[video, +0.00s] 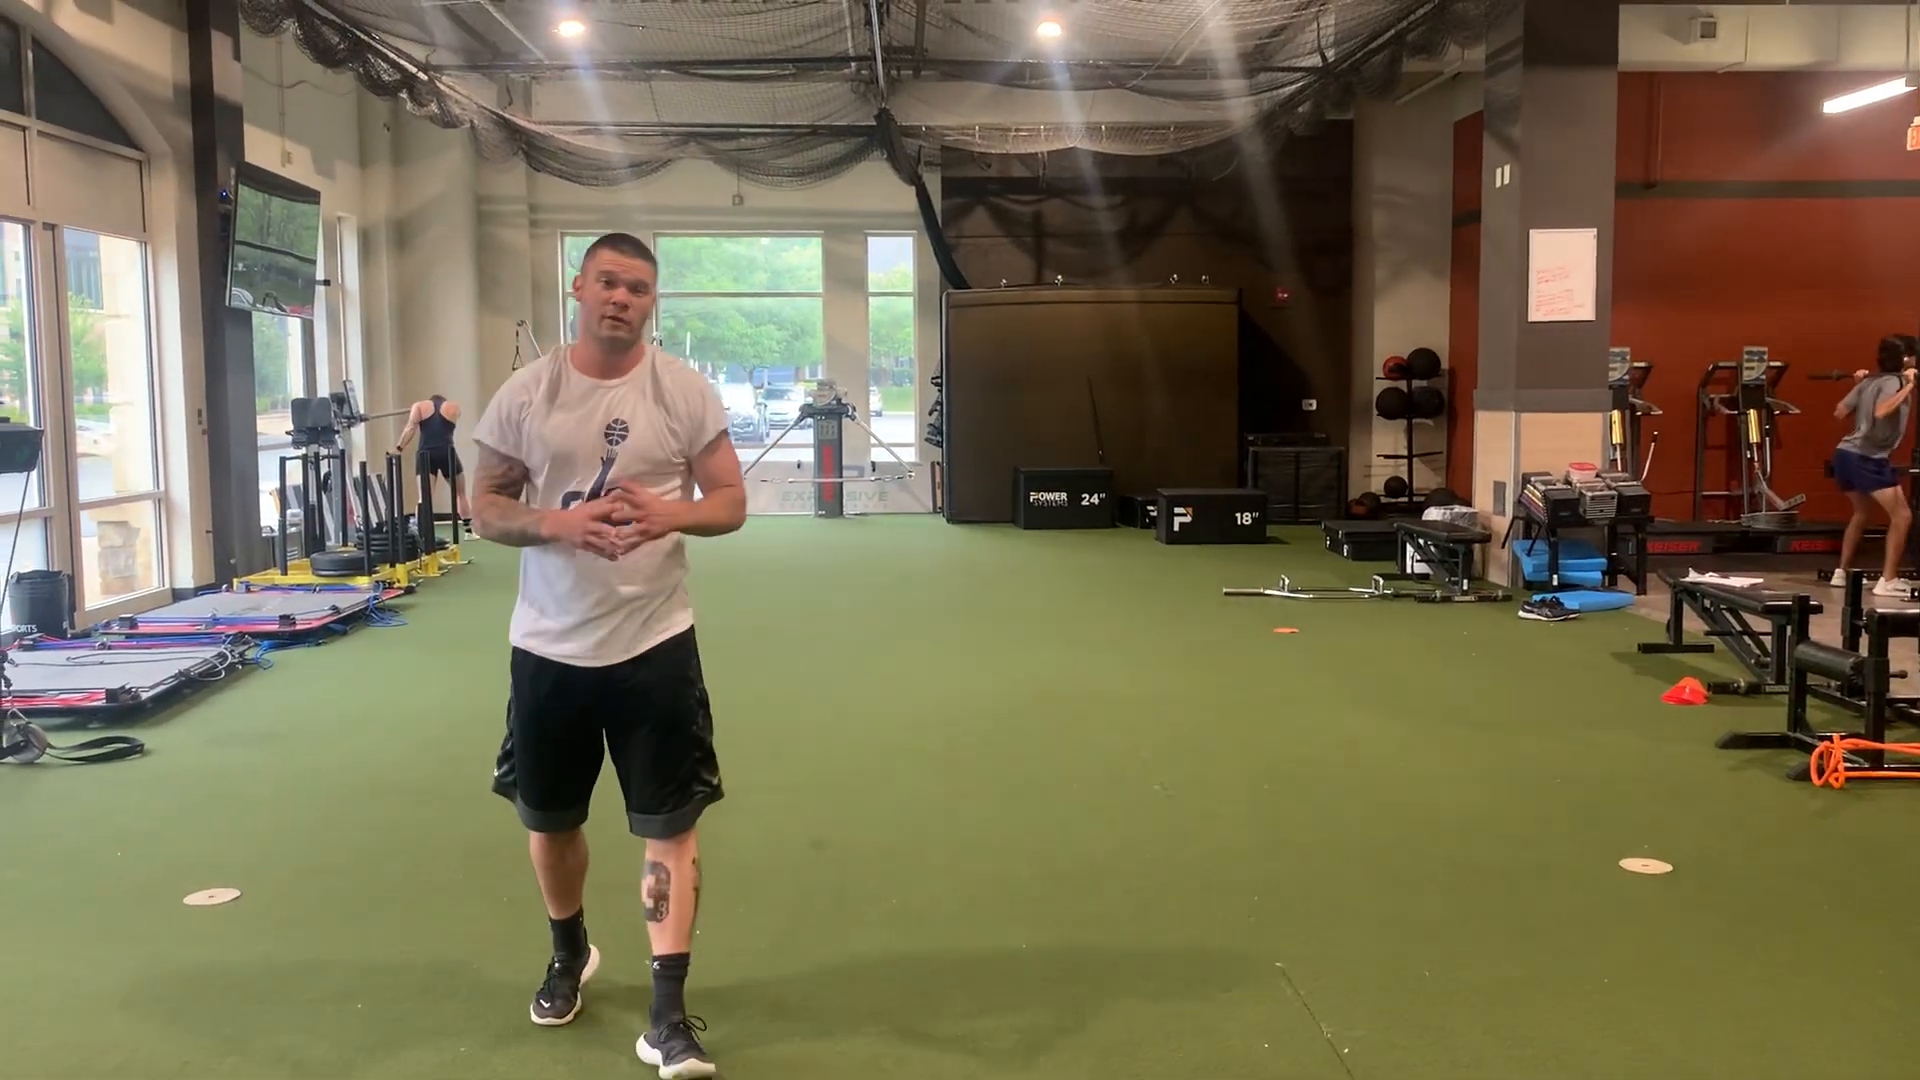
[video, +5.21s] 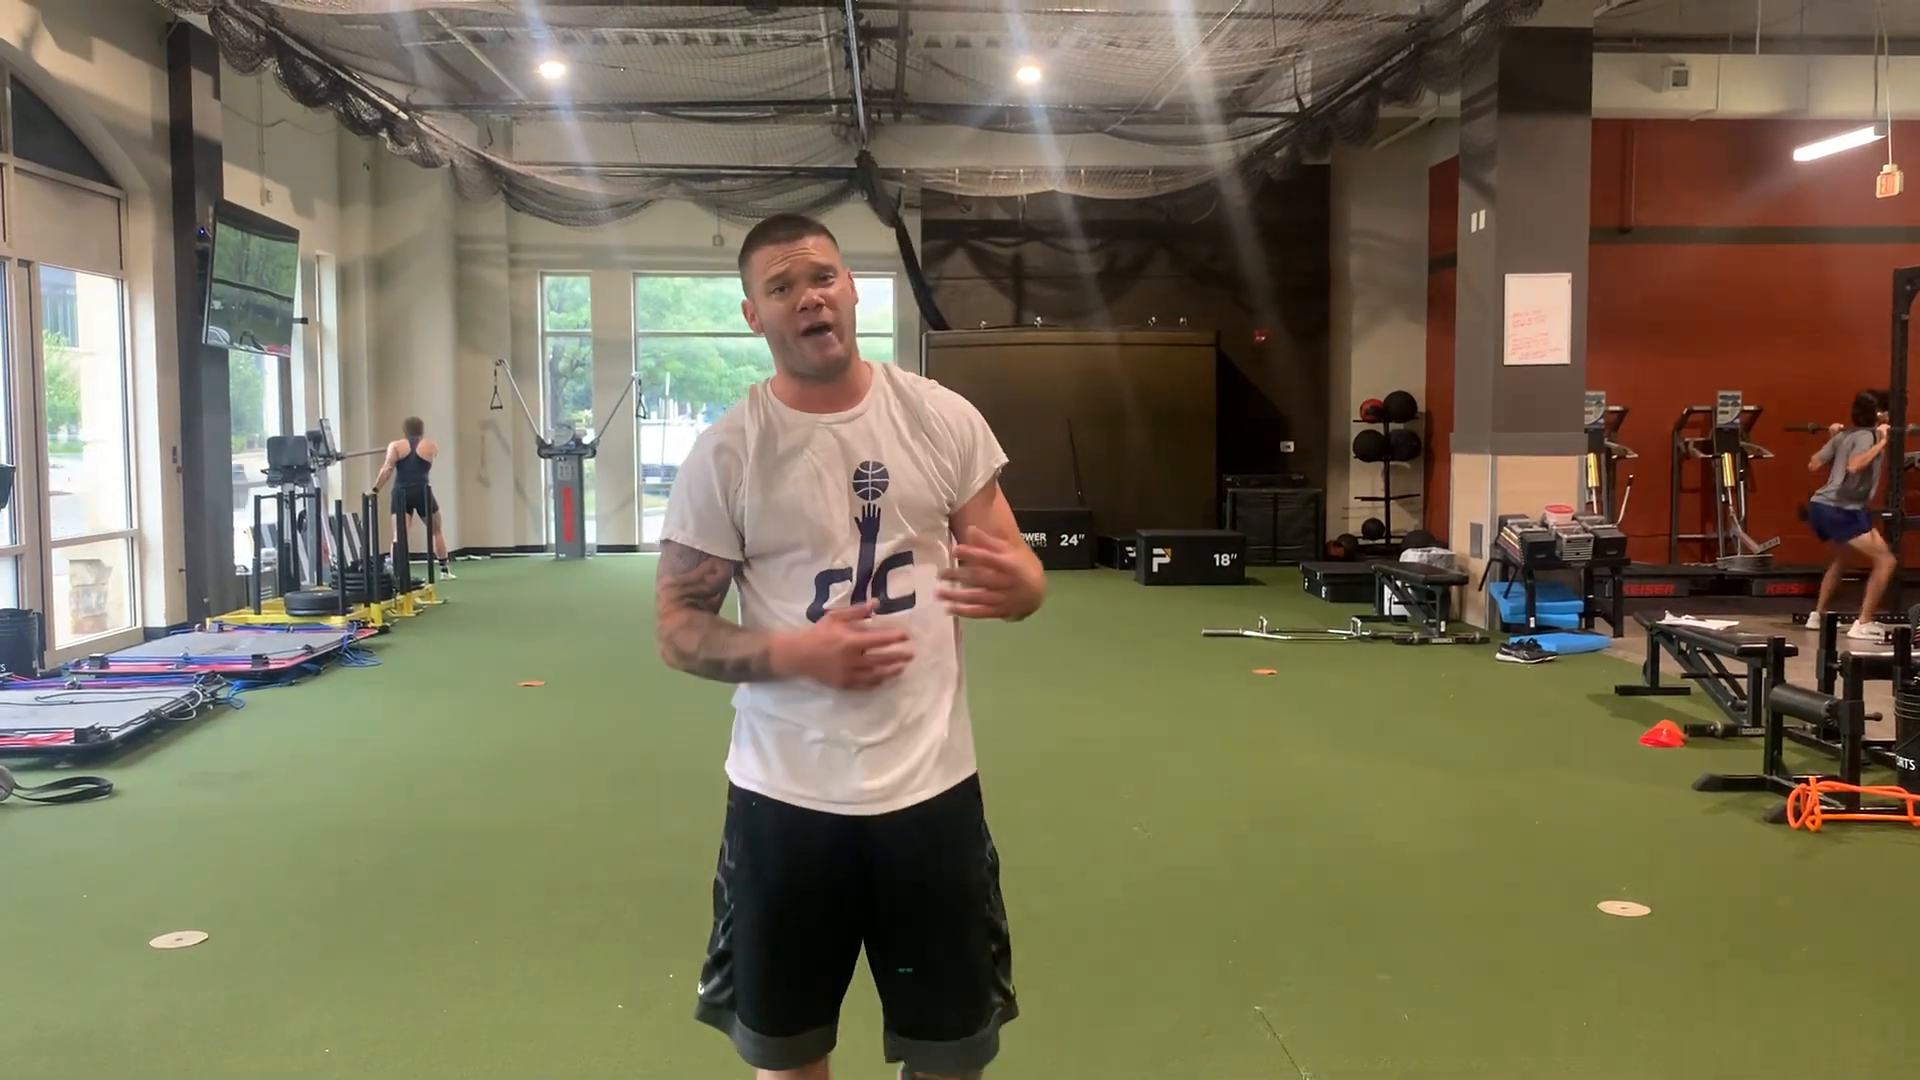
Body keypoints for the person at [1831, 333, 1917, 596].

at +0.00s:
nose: (1915, 362)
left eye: (1915, 358)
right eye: (1913, 358)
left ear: (1883, 359)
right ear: (1904, 360)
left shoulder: (1868, 383)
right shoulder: (1894, 382)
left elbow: (1840, 411)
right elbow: (1881, 411)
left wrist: (1858, 384)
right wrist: (1909, 386)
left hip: (1845, 455)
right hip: (1868, 461)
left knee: (1860, 514)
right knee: (1901, 515)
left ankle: (1841, 572)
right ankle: (1889, 579)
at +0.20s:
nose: (1915, 396)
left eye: (1914, 391)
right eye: (1912, 391)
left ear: (1883, 392)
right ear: (1904, 394)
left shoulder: (1868, 414)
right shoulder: (1894, 415)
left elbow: (1838, 441)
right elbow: (1878, 443)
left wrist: (1858, 416)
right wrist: (1908, 421)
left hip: (1841, 483)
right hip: (1865, 488)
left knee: (1869, 524)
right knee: (1917, 522)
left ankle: (1843, 573)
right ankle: (1889, 582)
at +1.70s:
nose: (1896, 422)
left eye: (1896, 418)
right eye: (1895, 417)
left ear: (1866, 419)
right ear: (1887, 421)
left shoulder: (1852, 441)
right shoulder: (1877, 442)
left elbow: (1822, 469)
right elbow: (1863, 472)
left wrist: (1841, 443)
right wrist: (1892, 448)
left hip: (1824, 508)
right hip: (1847, 512)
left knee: (1856, 542)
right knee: (1910, 540)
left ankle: (1826, 585)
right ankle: (1872, 593)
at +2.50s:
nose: (1885, 395)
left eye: (1885, 390)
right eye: (1882, 390)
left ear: (1855, 392)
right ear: (1872, 393)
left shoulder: (1840, 416)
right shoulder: (1865, 415)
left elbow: (1812, 443)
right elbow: (1854, 444)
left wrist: (1829, 417)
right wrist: (1881, 419)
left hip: (1819, 486)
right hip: (1840, 491)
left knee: (1837, 540)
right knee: (1881, 541)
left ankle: (1814, 597)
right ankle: (1861, 605)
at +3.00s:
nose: (1881, 429)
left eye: (1881, 425)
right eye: (1879, 424)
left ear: (1850, 425)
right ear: (1871, 427)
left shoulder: (1837, 448)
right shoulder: (1862, 448)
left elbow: (1807, 475)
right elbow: (1849, 476)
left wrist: (1825, 450)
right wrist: (1877, 453)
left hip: (1811, 515)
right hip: (1836, 520)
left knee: (1842, 555)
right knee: (1892, 557)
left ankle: (1814, 604)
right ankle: (1860, 613)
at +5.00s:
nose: (1888, 446)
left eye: (1888, 442)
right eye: (1886, 441)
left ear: (1857, 443)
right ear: (1877, 445)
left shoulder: (1843, 465)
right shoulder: (1867, 466)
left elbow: (1812, 491)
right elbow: (1852, 495)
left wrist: (1832, 466)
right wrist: (1881, 473)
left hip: (1815, 531)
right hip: (1837, 535)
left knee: (1848, 567)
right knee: (1899, 568)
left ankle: (1818, 615)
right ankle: (1864, 623)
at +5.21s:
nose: (1887, 416)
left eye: (1887, 411)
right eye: (1884, 412)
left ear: (1857, 414)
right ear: (1875, 415)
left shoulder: (1843, 437)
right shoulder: (1867, 437)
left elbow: (1813, 464)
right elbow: (1853, 465)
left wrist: (1832, 437)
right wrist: (1881, 443)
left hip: (1820, 507)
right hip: (1841, 512)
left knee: (1841, 559)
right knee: (1886, 560)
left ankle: (1818, 615)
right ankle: (1864, 623)